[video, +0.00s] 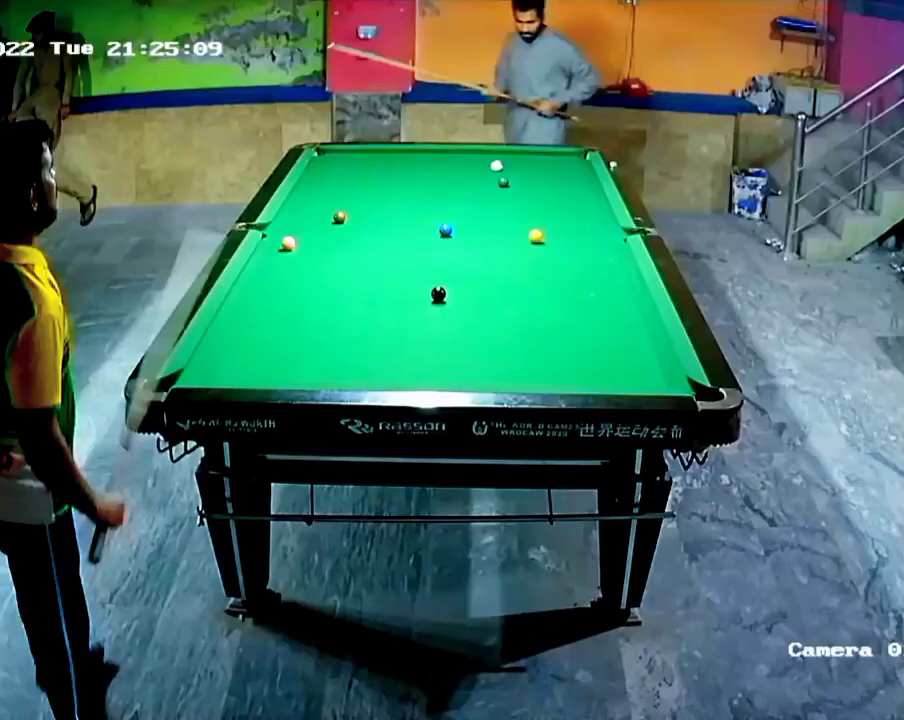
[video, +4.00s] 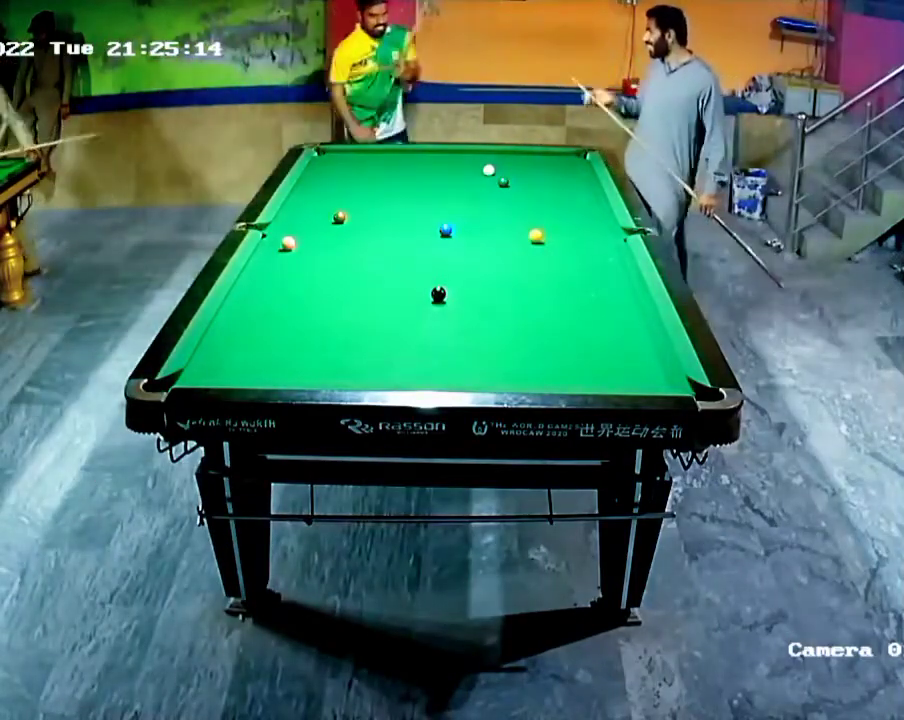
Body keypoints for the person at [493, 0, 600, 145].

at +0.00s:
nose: (525, 29)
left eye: (531, 22)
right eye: (520, 22)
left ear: (541, 19)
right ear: (515, 18)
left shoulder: (559, 46)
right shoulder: (512, 42)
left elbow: (589, 79)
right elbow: (502, 71)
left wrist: (557, 102)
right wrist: (501, 88)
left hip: (546, 132)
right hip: (515, 129)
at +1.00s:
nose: (463, 25)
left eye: (467, 19)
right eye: (457, 20)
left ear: (473, 14)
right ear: (447, 14)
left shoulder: (479, 35)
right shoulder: (429, 42)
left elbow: (486, 64)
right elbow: (423, 85)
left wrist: (486, 83)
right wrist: (455, 96)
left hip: (474, 127)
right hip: (441, 129)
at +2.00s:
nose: (603, 21)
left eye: (603, 15)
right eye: (598, 16)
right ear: (579, 17)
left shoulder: (583, 39)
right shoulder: (570, 43)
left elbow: (592, 77)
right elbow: (573, 98)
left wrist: (621, 85)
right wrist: (619, 92)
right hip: (578, 136)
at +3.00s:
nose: (665, 43)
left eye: (671, 36)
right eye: (662, 36)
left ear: (689, 35)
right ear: (659, 34)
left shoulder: (713, 70)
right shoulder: (651, 64)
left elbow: (724, 108)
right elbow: (636, 105)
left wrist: (719, 131)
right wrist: (619, 135)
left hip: (692, 160)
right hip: (653, 158)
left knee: (698, 225)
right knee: (654, 225)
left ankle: (696, 298)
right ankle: (652, 292)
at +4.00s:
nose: (645, 38)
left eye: (651, 31)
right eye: (646, 31)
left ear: (671, 35)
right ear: (667, 35)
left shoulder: (703, 78)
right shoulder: (655, 67)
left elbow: (716, 137)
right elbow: (643, 106)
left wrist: (711, 189)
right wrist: (615, 100)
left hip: (669, 181)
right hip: (636, 170)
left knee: (665, 250)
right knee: (633, 242)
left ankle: (670, 308)